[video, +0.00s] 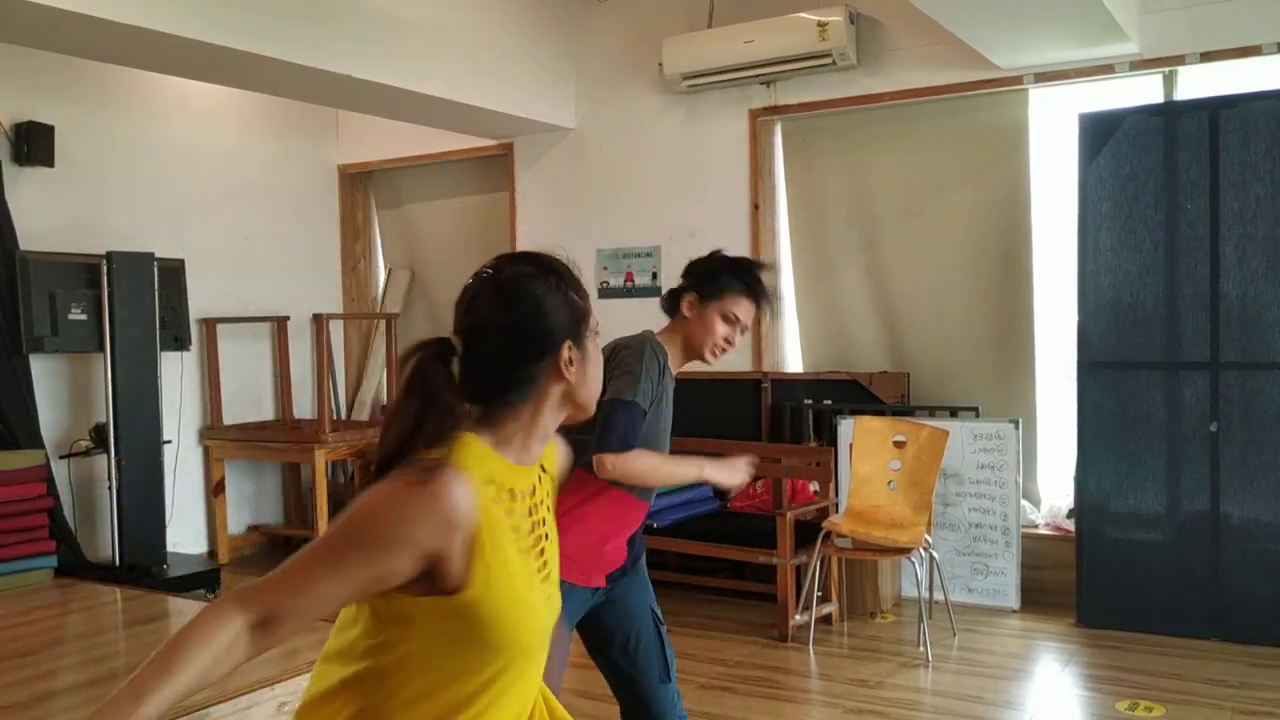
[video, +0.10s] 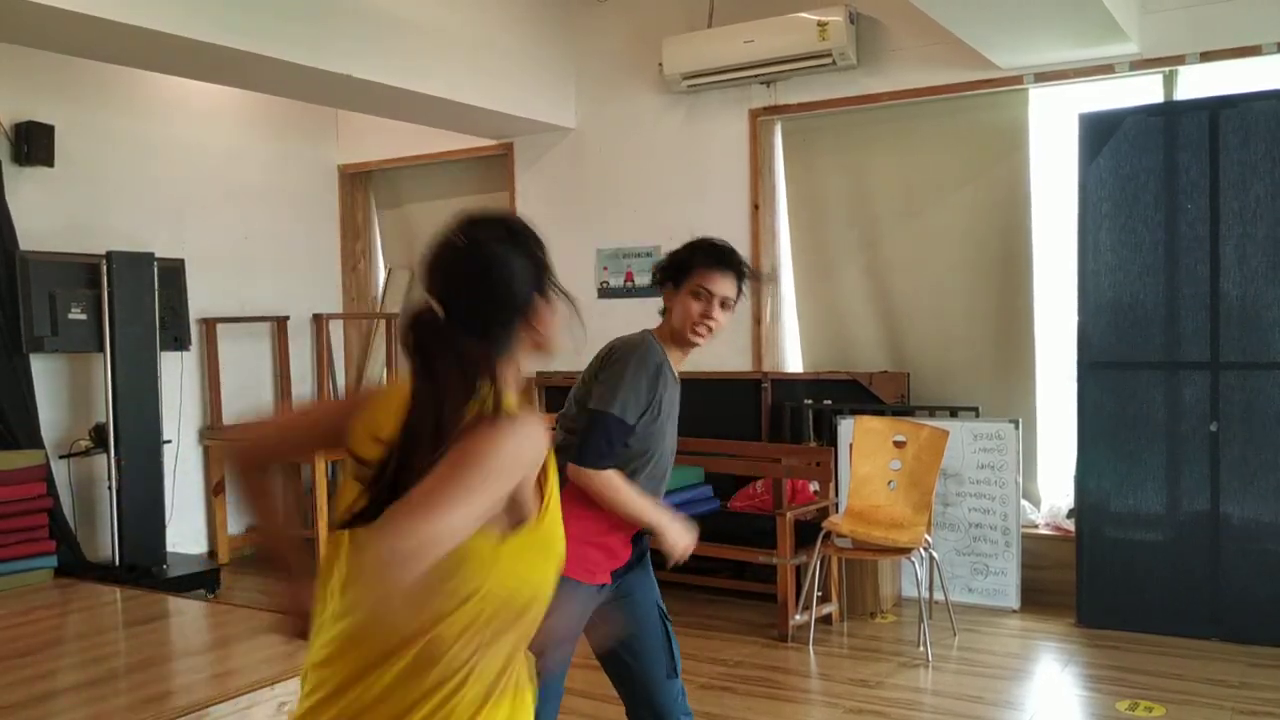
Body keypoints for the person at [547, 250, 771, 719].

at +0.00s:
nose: (734, 339)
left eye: (742, 331)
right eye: (729, 321)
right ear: (689, 305)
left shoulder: (660, 369)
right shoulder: (638, 357)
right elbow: (612, 460)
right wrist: (711, 469)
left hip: (619, 560)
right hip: (565, 562)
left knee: (657, 702)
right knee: (526, 698)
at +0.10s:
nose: (710, 314)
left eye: (724, 305)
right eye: (700, 295)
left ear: (730, 314)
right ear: (669, 293)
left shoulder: (663, 369)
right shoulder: (636, 358)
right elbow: (587, 465)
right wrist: (664, 521)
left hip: (622, 559)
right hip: (570, 561)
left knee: (663, 703)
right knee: (536, 703)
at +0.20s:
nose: (686, 303)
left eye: (702, 293)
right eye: (675, 287)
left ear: (715, 305)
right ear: (650, 289)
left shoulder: (674, 375)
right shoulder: (611, 362)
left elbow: (649, 485)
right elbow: (560, 463)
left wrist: (697, 551)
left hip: (625, 563)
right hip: (552, 562)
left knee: (663, 705)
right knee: (534, 706)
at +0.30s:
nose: (641, 296)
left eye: (656, 284)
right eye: (629, 282)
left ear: (679, 292)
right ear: (613, 285)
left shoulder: (679, 373)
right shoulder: (576, 361)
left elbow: (722, 461)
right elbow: (506, 443)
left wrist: (789, 523)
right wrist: (509, 538)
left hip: (629, 565)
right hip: (550, 567)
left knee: (666, 706)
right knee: (529, 707)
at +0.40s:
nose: (535, 292)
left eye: (545, 278)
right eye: (530, 280)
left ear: (588, 272)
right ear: (524, 280)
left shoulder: (652, 357)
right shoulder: (520, 346)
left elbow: (726, 426)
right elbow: (484, 420)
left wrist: (767, 524)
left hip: (623, 565)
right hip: (533, 562)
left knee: (666, 704)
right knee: (515, 701)